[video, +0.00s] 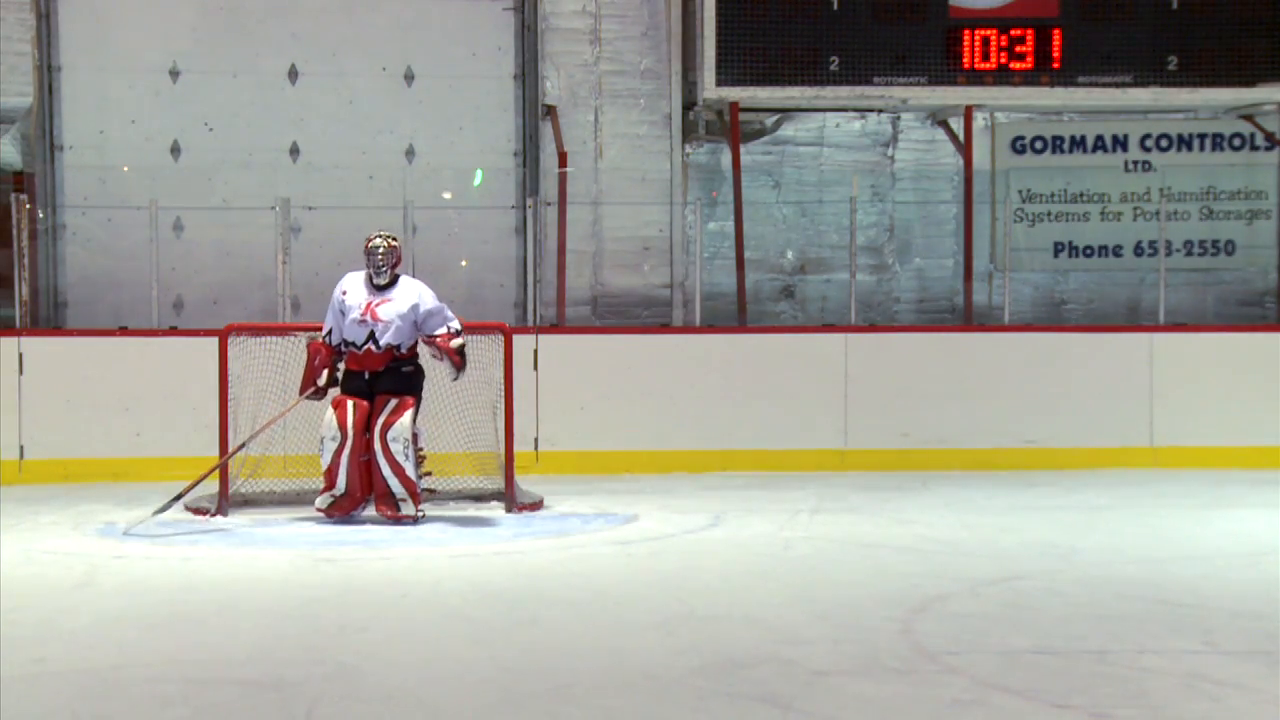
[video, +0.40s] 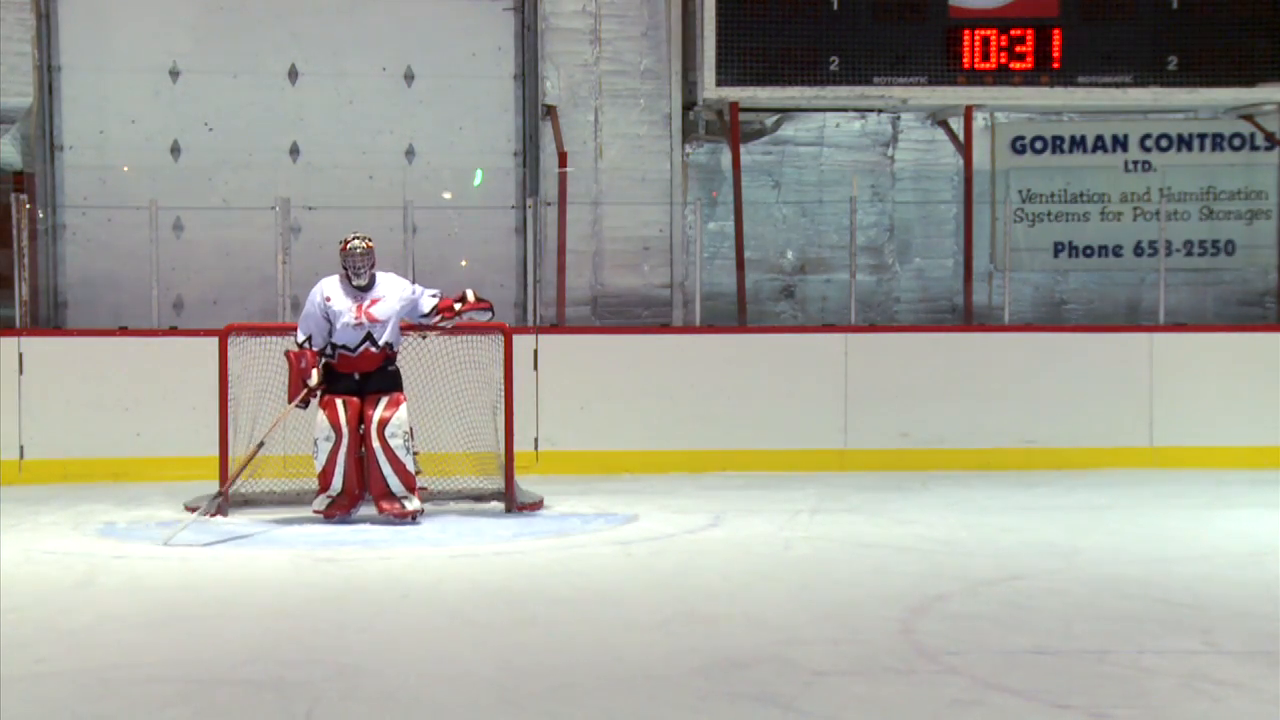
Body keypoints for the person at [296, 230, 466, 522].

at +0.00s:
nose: (380, 262)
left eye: (386, 256)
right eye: (374, 256)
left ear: (397, 259)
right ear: (366, 259)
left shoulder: (416, 293)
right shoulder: (348, 286)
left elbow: (446, 326)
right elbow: (332, 336)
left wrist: (452, 346)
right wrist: (323, 373)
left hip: (398, 379)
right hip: (356, 378)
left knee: (390, 434)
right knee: (341, 431)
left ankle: (399, 504)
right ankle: (342, 501)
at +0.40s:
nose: (359, 266)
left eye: (364, 260)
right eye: (353, 260)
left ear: (373, 260)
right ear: (343, 263)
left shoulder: (394, 287)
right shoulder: (325, 292)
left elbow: (428, 305)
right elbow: (309, 339)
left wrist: (459, 302)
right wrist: (310, 374)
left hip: (382, 376)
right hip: (340, 378)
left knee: (391, 434)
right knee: (335, 436)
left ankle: (399, 501)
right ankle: (337, 501)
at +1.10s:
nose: (343, 261)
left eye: (347, 255)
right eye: (336, 256)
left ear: (356, 256)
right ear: (326, 259)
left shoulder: (376, 285)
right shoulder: (313, 287)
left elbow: (407, 308)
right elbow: (292, 319)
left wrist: (441, 306)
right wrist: (304, 332)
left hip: (367, 371)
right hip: (326, 374)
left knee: (384, 426)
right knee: (331, 429)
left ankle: (384, 496)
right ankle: (335, 498)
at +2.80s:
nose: (347, 263)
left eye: (352, 257)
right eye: (341, 257)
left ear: (361, 259)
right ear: (331, 260)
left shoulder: (379, 286)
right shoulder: (313, 288)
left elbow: (411, 309)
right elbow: (288, 318)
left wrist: (445, 308)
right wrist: (264, 319)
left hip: (368, 373)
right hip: (326, 375)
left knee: (385, 431)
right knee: (330, 435)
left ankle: (386, 500)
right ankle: (333, 502)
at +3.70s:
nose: (337, 264)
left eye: (342, 258)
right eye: (331, 258)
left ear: (352, 260)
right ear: (322, 260)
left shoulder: (370, 286)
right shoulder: (304, 287)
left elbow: (400, 315)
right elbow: (271, 309)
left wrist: (417, 339)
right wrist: (236, 314)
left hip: (365, 373)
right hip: (322, 376)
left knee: (376, 432)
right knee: (326, 435)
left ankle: (391, 500)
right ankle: (334, 501)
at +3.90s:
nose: (334, 262)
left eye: (339, 256)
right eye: (328, 257)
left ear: (347, 259)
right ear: (318, 259)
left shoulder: (368, 287)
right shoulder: (303, 288)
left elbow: (395, 327)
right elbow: (272, 308)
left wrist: (382, 356)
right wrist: (235, 308)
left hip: (361, 374)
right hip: (321, 375)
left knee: (370, 433)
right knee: (327, 435)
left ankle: (390, 499)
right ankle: (335, 499)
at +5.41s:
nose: (339, 265)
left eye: (344, 259)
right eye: (333, 260)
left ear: (355, 259)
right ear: (325, 261)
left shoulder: (372, 282)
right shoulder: (308, 280)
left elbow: (391, 318)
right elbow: (285, 309)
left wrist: (364, 320)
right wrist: (252, 311)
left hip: (362, 368)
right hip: (322, 369)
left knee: (367, 430)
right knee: (323, 432)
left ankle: (390, 498)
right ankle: (331, 499)